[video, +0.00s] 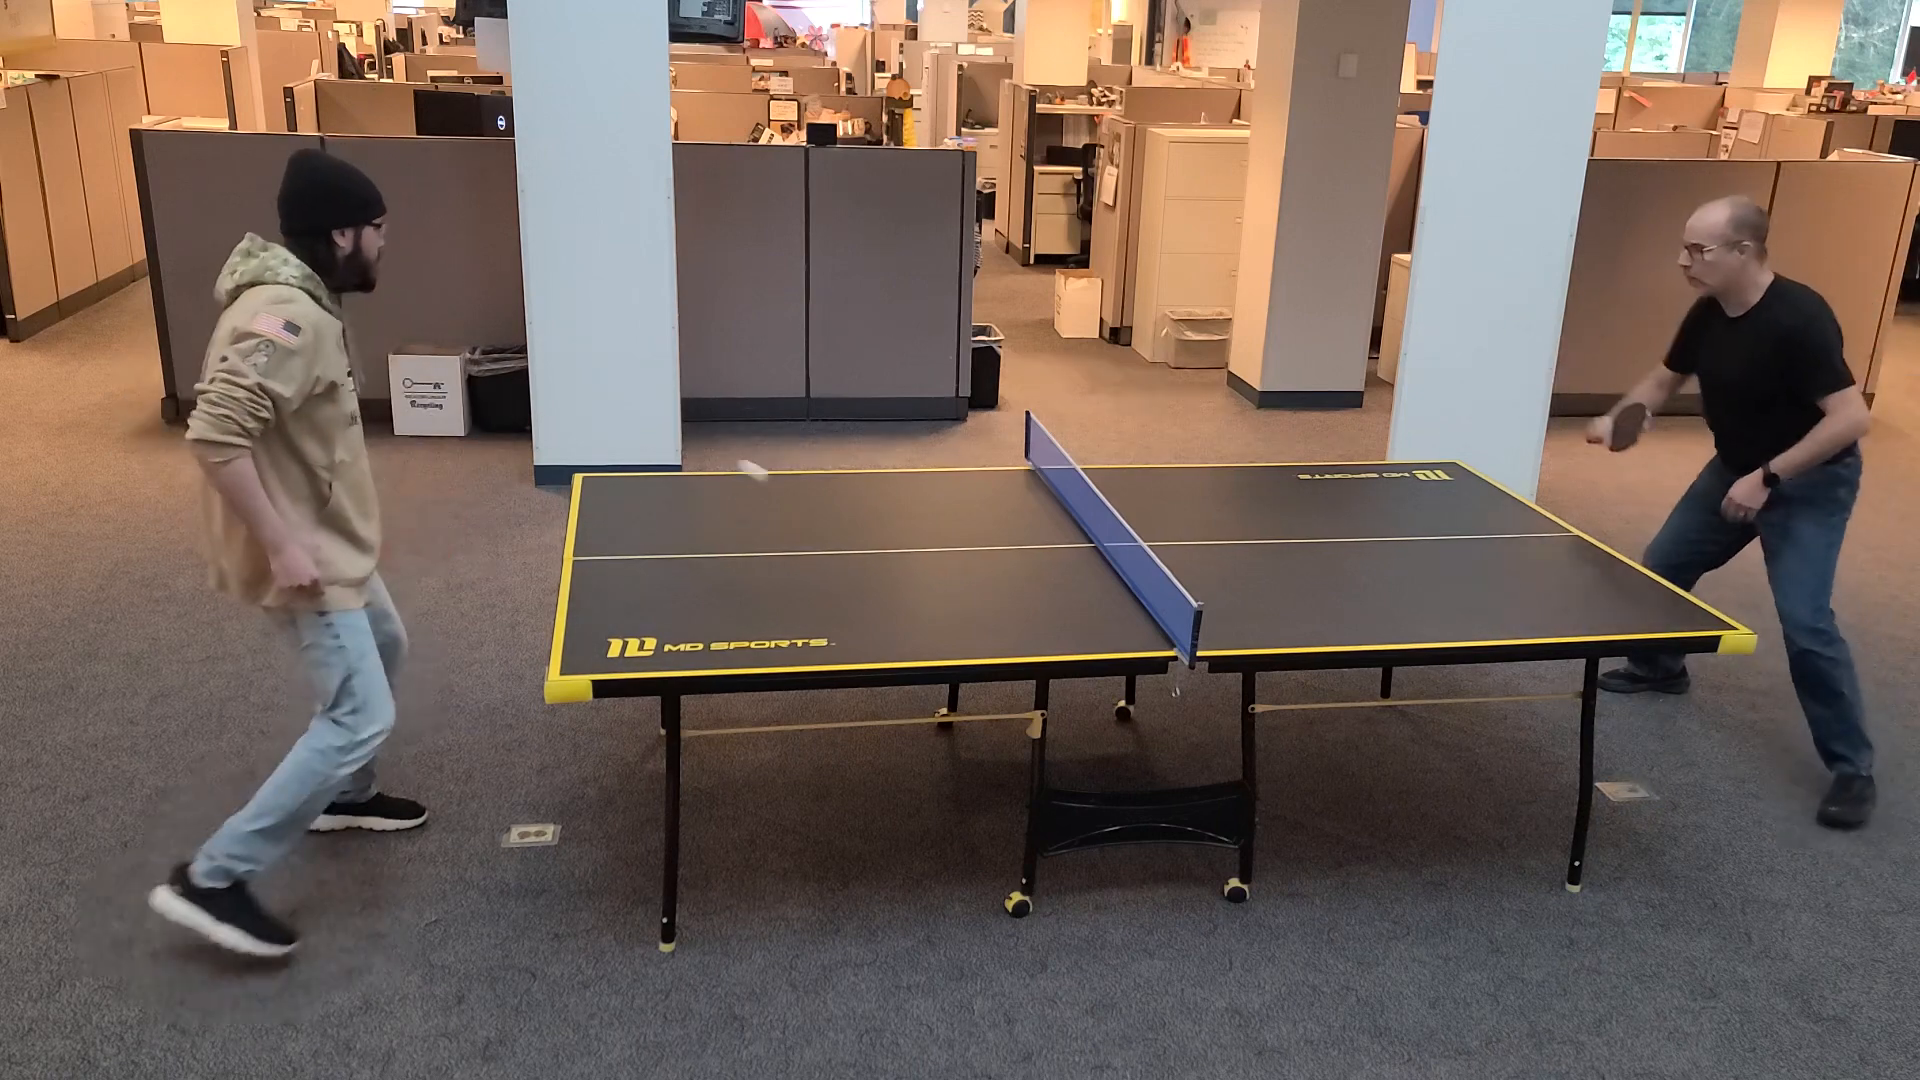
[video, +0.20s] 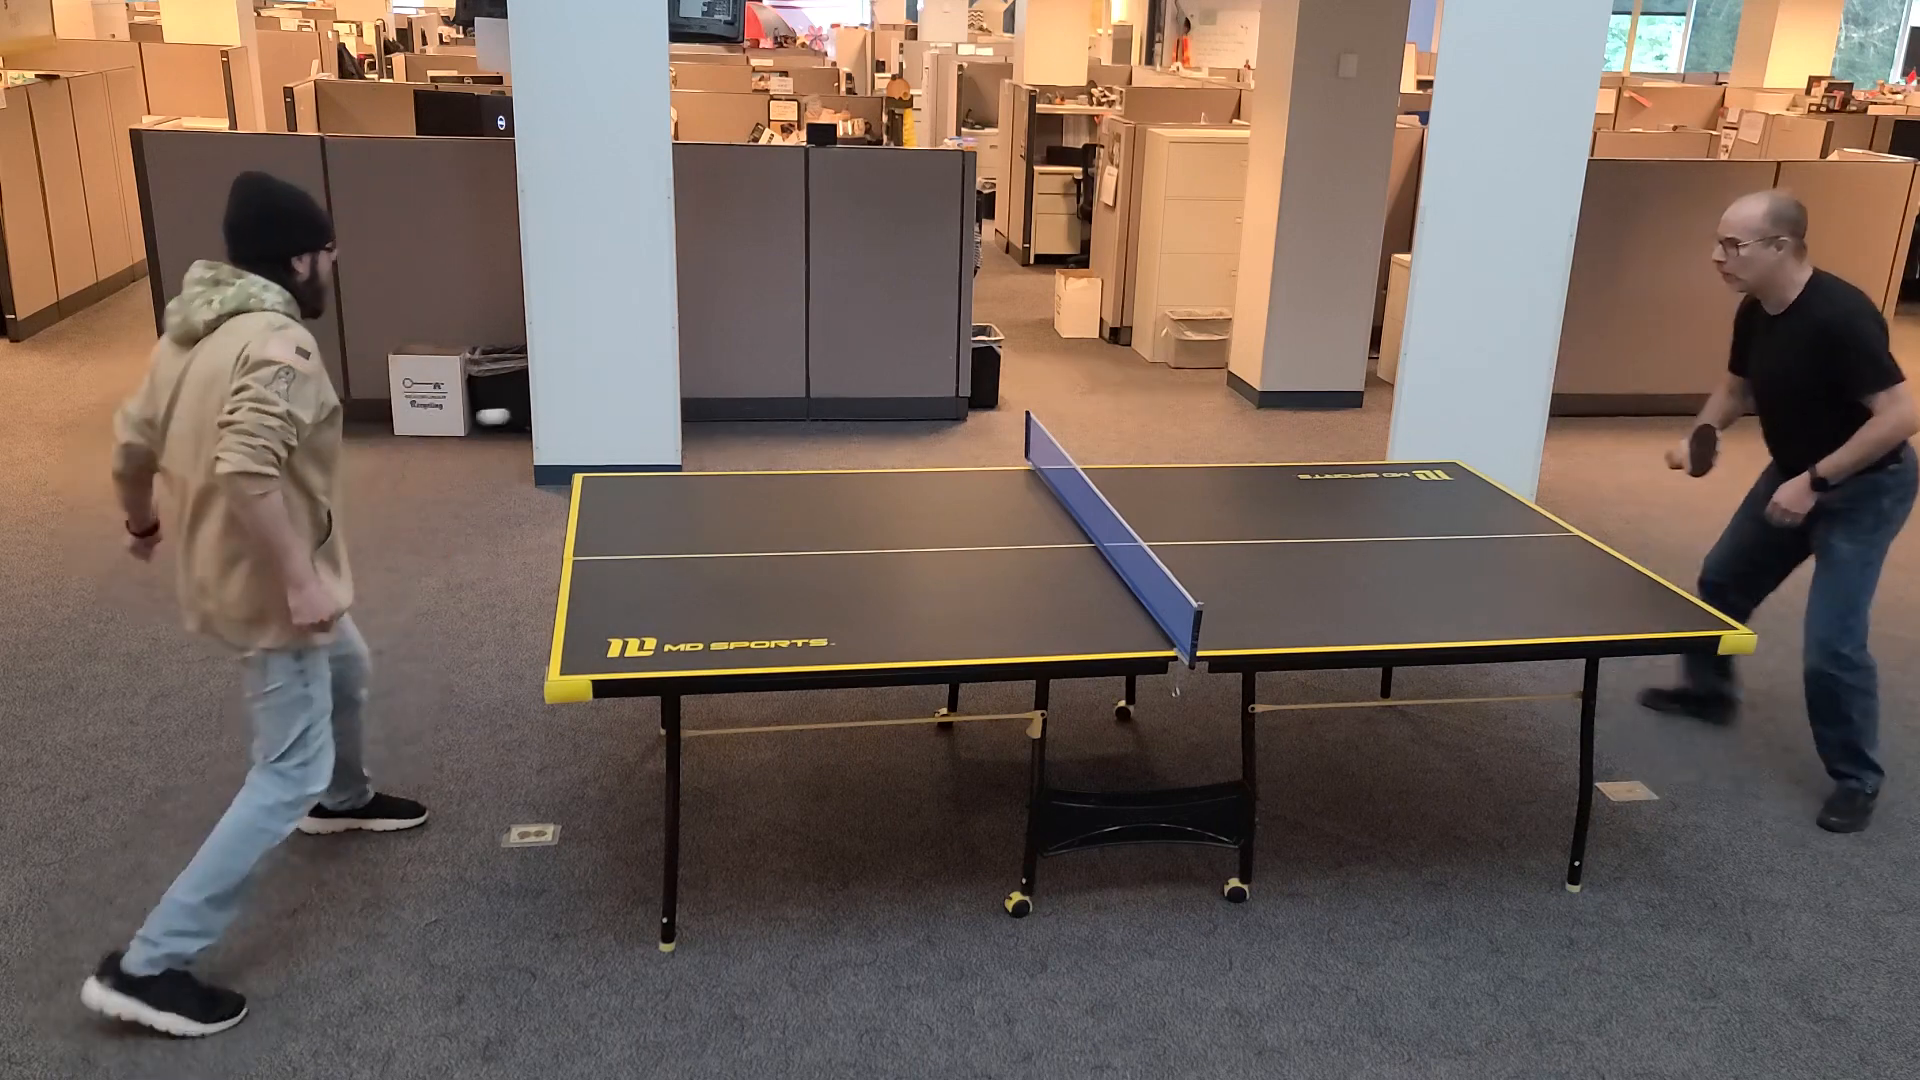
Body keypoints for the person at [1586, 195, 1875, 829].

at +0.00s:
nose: (1685, 261)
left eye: (1697, 251)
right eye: (1684, 249)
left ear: (1744, 253)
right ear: (1729, 254)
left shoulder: (1802, 317)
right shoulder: (1705, 315)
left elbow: (1851, 417)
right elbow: (1664, 381)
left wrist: (1767, 476)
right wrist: (1624, 417)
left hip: (1810, 483)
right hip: (1735, 470)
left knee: (1805, 625)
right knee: (1658, 568)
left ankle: (1851, 768)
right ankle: (1659, 666)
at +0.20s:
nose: (1719, 256)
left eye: (1733, 245)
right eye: (1718, 243)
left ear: (1783, 248)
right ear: (1769, 249)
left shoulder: (1845, 315)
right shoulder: (1754, 310)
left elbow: (1900, 416)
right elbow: (1737, 388)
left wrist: (1814, 479)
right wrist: (1704, 428)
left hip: (1867, 484)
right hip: (1795, 474)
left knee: (1832, 642)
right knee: (1721, 580)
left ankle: (1857, 778)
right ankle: (1709, 690)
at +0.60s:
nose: (1783, 296)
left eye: (1797, 284)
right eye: (1782, 282)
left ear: (1852, 284)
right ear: (1828, 286)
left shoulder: (1910, 358)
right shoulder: (1816, 348)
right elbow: (1791, 434)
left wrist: (1879, 532)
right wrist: (1762, 494)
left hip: (1901, 557)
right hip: (1828, 540)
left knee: (1883, 706)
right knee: (1763, 637)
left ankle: (1914, 867)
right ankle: (1798, 745)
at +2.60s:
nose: (1856, 248)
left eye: (1876, 242)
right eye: (1856, 232)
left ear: (1917, 256)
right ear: (1852, 224)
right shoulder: (1839, 300)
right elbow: (1806, 377)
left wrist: (1887, 531)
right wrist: (1773, 438)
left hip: (1887, 544)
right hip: (1803, 515)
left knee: (1847, 699)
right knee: (1754, 653)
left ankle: (1820, 822)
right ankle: (1736, 784)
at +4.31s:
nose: (1765, 252)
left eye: (1772, 238)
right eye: (1762, 239)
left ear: (1818, 225)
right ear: (1812, 228)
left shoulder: (1888, 302)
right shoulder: (1821, 288)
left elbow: (1902, 427)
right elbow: (1812, 385)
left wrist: (1794, 472)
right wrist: (1746, 425)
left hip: (1856, 507)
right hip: (1796, 498)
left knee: (1820, 672)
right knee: (1758, 638)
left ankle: (1861, 826)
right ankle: (1752, 771)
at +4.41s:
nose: (1776, 256)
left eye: (1781, 242)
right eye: (1772, 243)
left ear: (1826, 231)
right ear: (1826, 231)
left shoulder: (1898, 306)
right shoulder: (1849, 293)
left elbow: (1902, 435)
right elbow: (1833, 391)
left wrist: (1791, 471)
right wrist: (1769, 422)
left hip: (1860, 518)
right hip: (1809, 508)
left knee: (1829, 682)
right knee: (1766, 642)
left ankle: (1863, 832)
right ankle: (1752, 771)